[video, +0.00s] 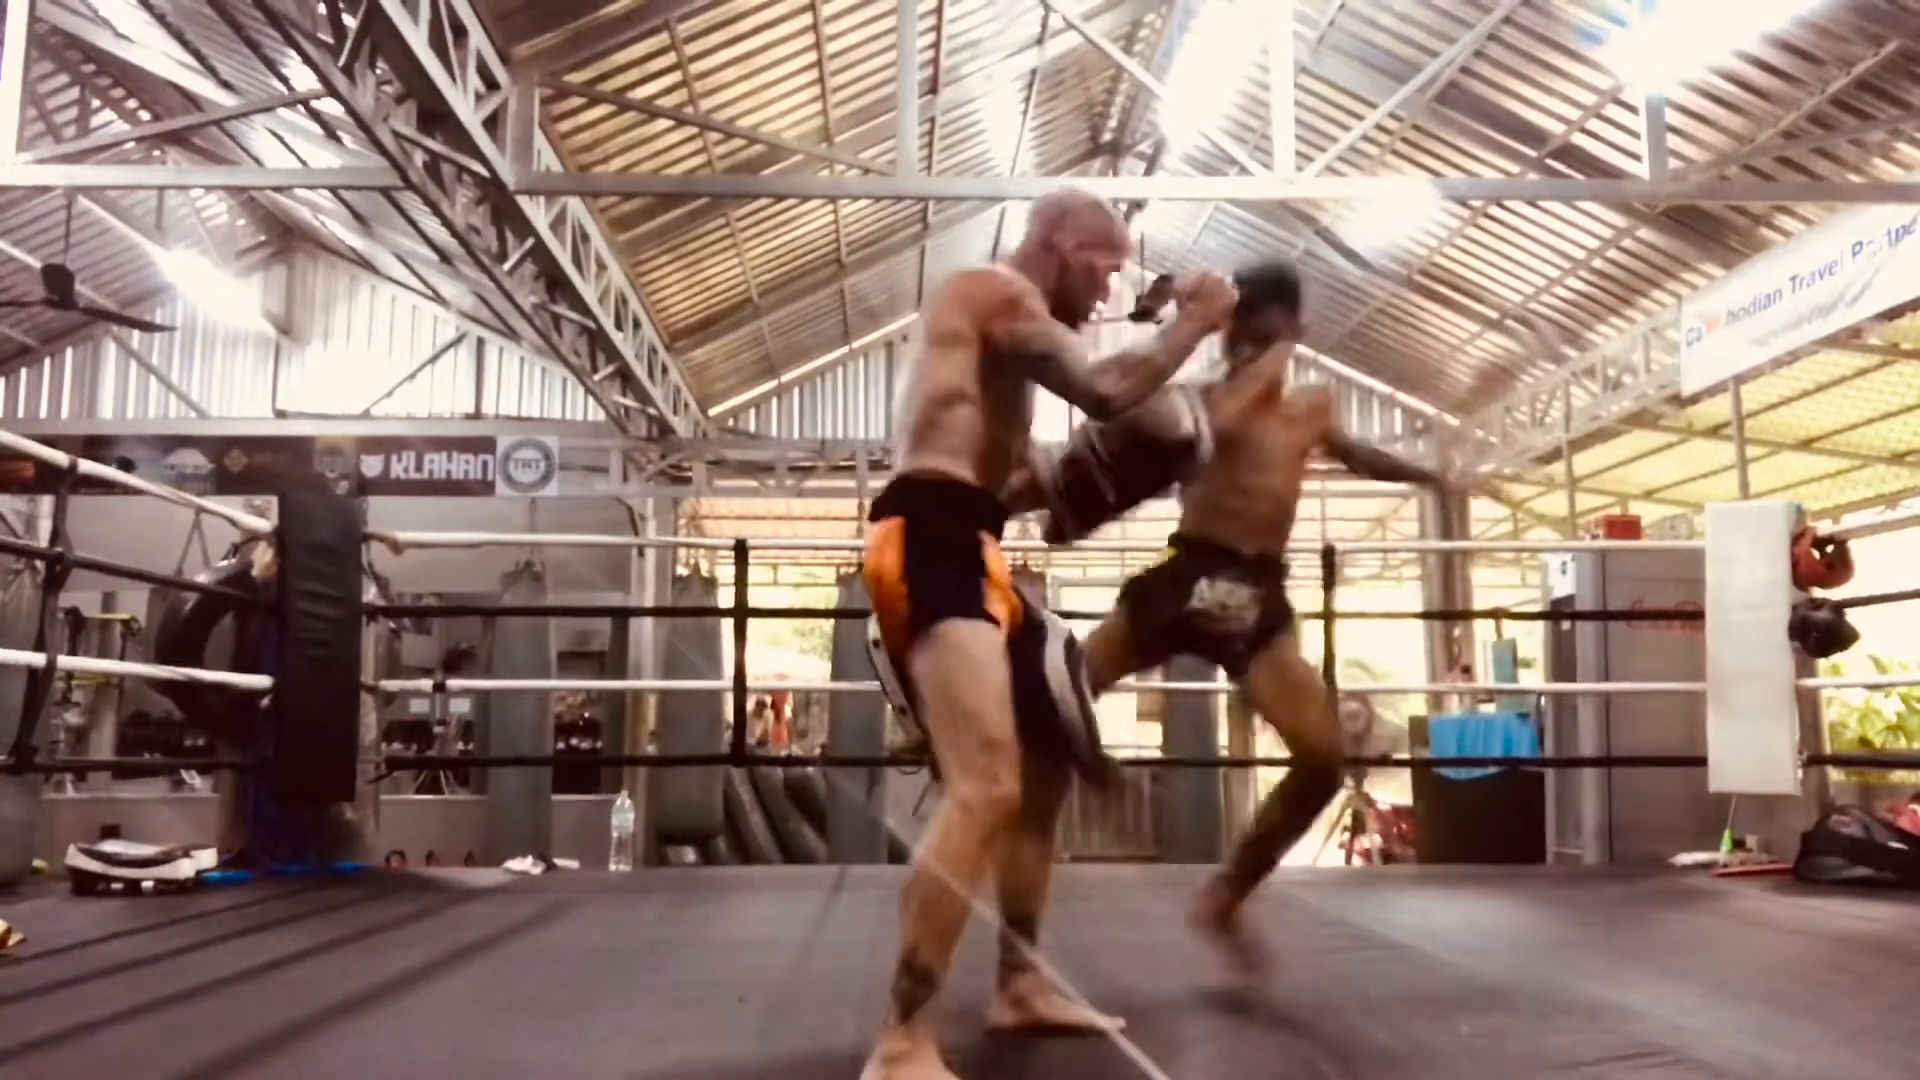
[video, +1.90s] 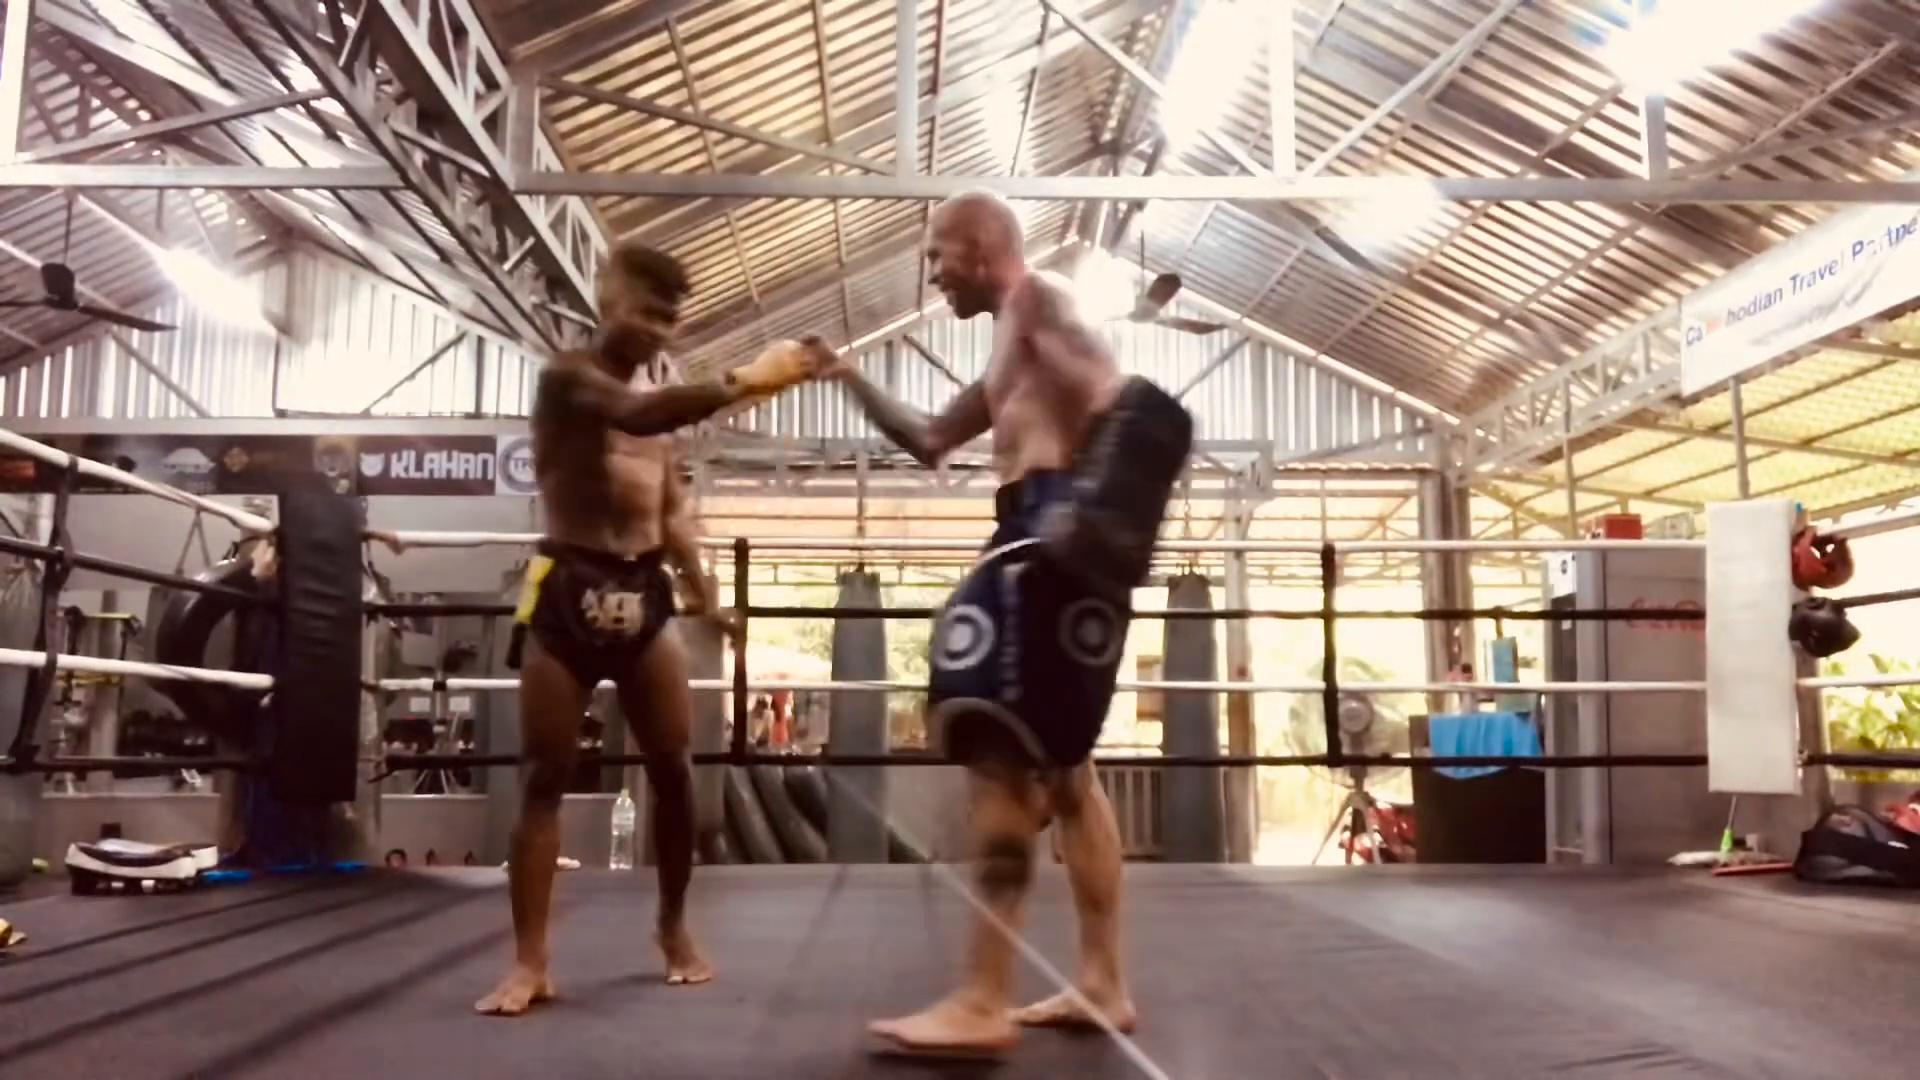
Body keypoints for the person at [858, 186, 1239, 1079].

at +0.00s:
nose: (1109, 288)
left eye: (1116, 272)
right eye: (1103, 266)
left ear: (1061, 250)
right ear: (1054, 243)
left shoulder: (1017, 323)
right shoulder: (990, 288)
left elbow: (1002, 487)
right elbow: (1106, 385)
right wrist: (1193, 323)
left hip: (977, 545)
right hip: (930, 534)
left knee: (1044, 767)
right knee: (984, 786)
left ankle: (1022, 982)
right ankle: (901, 1042)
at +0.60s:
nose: (1078, 222)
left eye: (1080, 208)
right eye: (1077, 205)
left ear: (1001, 182)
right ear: (1049, 186)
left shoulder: (932, 270)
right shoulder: (1021, 247)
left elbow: (874, 445)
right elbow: (1079, 394)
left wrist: (1026, 441)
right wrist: (1137, 393)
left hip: (923, 513)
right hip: (984, 503)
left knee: (1003, 779)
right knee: (983, 782)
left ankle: (1033, 978)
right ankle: (887, 1050)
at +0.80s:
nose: (1045, 195)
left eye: (1040, 179)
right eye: (1042, 179)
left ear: (963, 176)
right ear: (1025, 174)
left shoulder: (898, 271)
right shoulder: (1034, 236)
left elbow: (846, 388)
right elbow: (1096, 385)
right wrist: (1069, 434)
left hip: (895, 500)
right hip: (978, 492)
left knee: (947, 770)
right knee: (954, 777)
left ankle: (943, 990)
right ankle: (884, 1045)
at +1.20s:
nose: (950, 208)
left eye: (919, 194)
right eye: (962, 189)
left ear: (897, 200)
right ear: (973, 195)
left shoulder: (853, 288)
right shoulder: (1033, 282)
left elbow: (806, 409)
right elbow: (1031, 403)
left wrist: (820, 439)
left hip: (893, 515)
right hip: (995, 511)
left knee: (898, 783)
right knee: (1041, 760)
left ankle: (877, 1019)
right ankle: (951, 976)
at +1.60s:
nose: (919, 228)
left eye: (924, 213)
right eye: (923, 213)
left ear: (950, 214)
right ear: (998, 220)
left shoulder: (944, 288)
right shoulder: (1052, 314)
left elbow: (941, 409)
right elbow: (1040, 437)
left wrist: (868, 464)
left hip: (958, 533)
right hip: (1040, 534)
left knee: (907, 795)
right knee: (1039, 778)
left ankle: (891, 1012)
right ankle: (1100, 979)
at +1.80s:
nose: (931, 264)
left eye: (937, 248)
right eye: (930, 251)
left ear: (975, 241)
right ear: (990, 240)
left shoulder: (1018, 299)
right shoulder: (1016, 321)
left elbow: (1057, 385)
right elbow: (958, 449)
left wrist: (989, 485)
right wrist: (916, 362)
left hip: (1013, 562)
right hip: (1045, 564)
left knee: (961, 778)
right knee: (1062, 776)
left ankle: (936, 997)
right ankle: (1103, 982)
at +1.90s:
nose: (934, 277)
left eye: (939, 259)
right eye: (931, 263)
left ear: (982, 250)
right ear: (981, 254)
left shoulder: (1040, 305)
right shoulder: (1013, 350)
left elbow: (1113, 393)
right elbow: (929, 439)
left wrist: (1082, 512)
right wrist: (848, 372)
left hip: (1053, 524)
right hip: (1043, 527)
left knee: (1002, 757)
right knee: (1070, 771)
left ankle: (984, 998)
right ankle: (1103, 984)